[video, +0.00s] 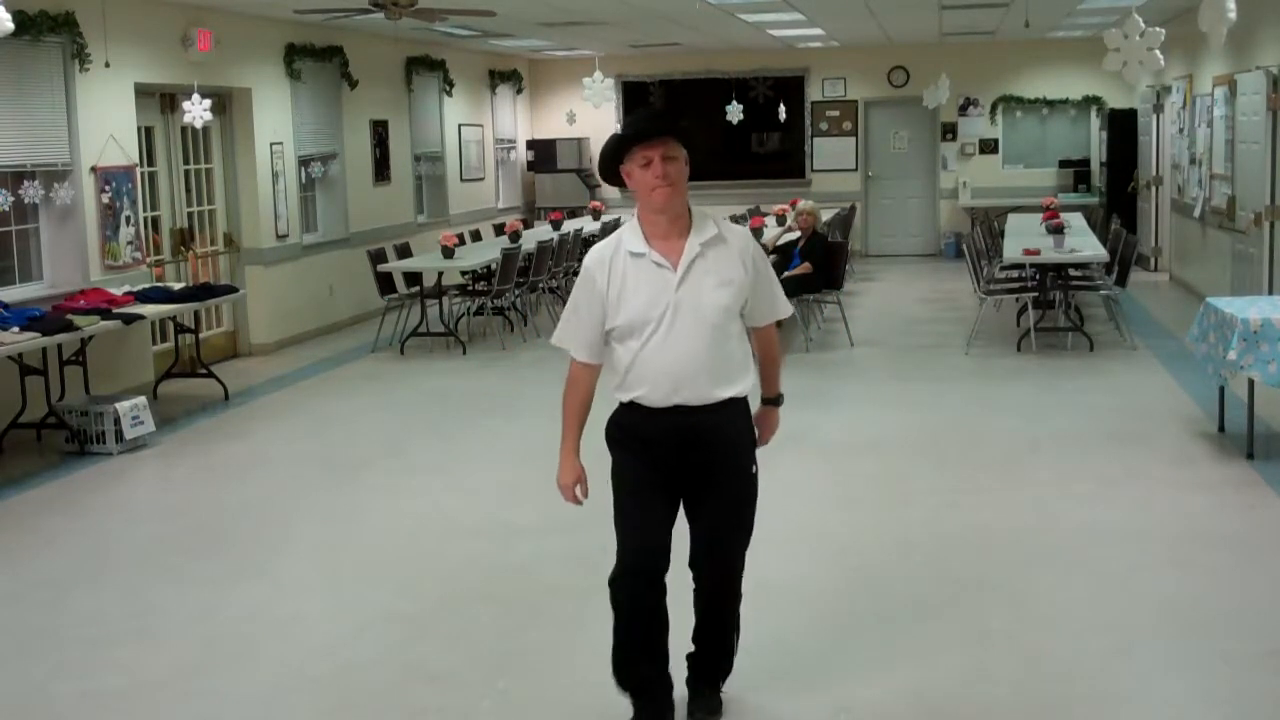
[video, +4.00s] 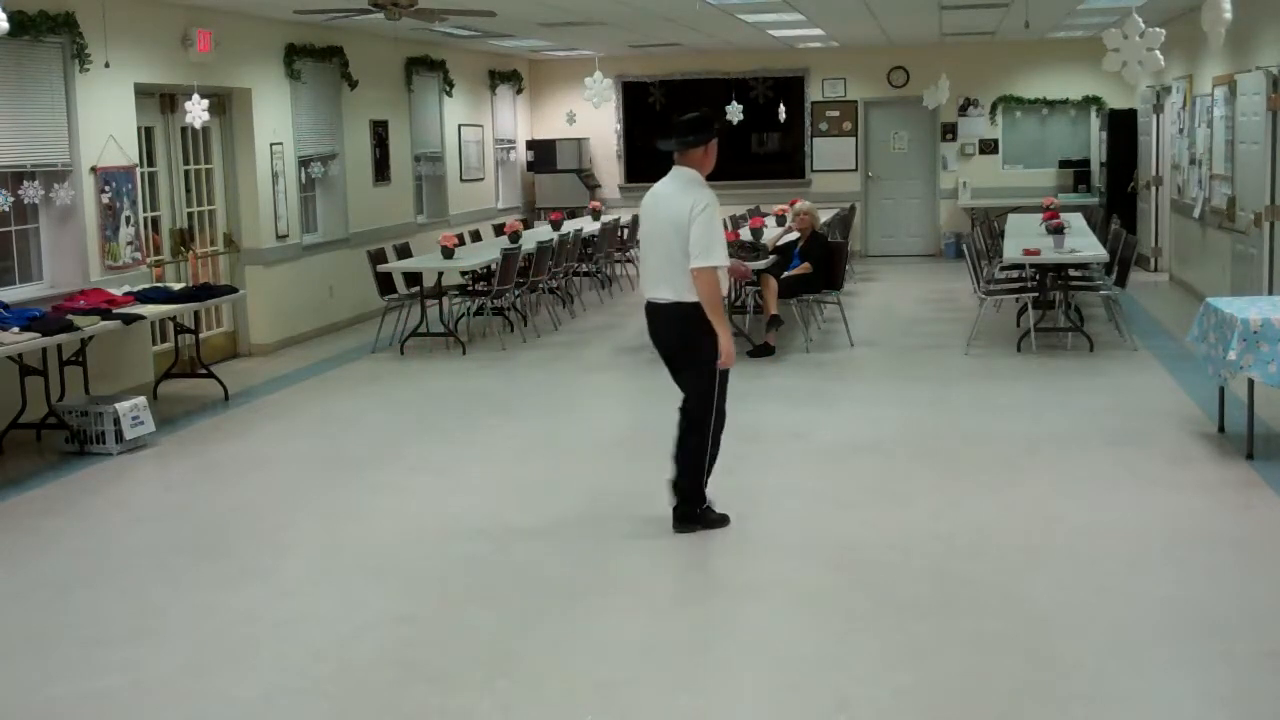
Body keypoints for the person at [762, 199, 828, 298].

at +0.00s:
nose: (804, 218)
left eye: (808, 214)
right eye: (800, 215)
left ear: (815, 219)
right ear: (796, 219)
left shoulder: (820, 239)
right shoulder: (795, 243)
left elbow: (809, 267)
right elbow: (766, 250)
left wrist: (785, 275)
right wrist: (783, 231)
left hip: (810, 279)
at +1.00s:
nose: (804, 219)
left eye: (808, 216)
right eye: (800, 216)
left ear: (815, 219)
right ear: (795, 219)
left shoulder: (820, 239)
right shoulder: (795, 242)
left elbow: (810, 266)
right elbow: (768, 249)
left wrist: (787, 274)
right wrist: (784, 231)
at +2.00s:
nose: (802, 219)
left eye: (806, 216)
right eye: (799, 216)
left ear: (814, 219)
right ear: (794, 220)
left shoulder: (820, 240)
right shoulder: (796, 242)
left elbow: (809, 267)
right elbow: (767, 250)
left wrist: (784, 277)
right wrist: (785, 231)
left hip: (810, 278)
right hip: (792, 276)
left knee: (766, 291)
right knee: (766, 276)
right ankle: (773, 316)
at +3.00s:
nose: (802, 220)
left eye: (806, 216)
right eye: (798, 217)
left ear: (814, 219)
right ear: (795, 221)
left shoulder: (820, 240)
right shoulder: (796, 242)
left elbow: (809, 267)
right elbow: (767, 249)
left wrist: (785, 276)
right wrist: (785, 230)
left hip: (809, 279)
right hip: (790, 275)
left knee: (769, 291)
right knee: (765, 275)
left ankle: (769, 343)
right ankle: (773, 315)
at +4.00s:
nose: (801, 217)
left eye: (805, 214)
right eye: (798, 214)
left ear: (813, 219)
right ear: (794, 220)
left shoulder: (820, 239)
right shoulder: (795, 242)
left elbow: (809, 267)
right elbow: (767, 249)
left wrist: (785, 276)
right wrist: (784, 231)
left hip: (809, 279)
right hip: (790, 275)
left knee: (768, 292)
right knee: (765, 275)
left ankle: (769, 343)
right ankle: (773, 315)